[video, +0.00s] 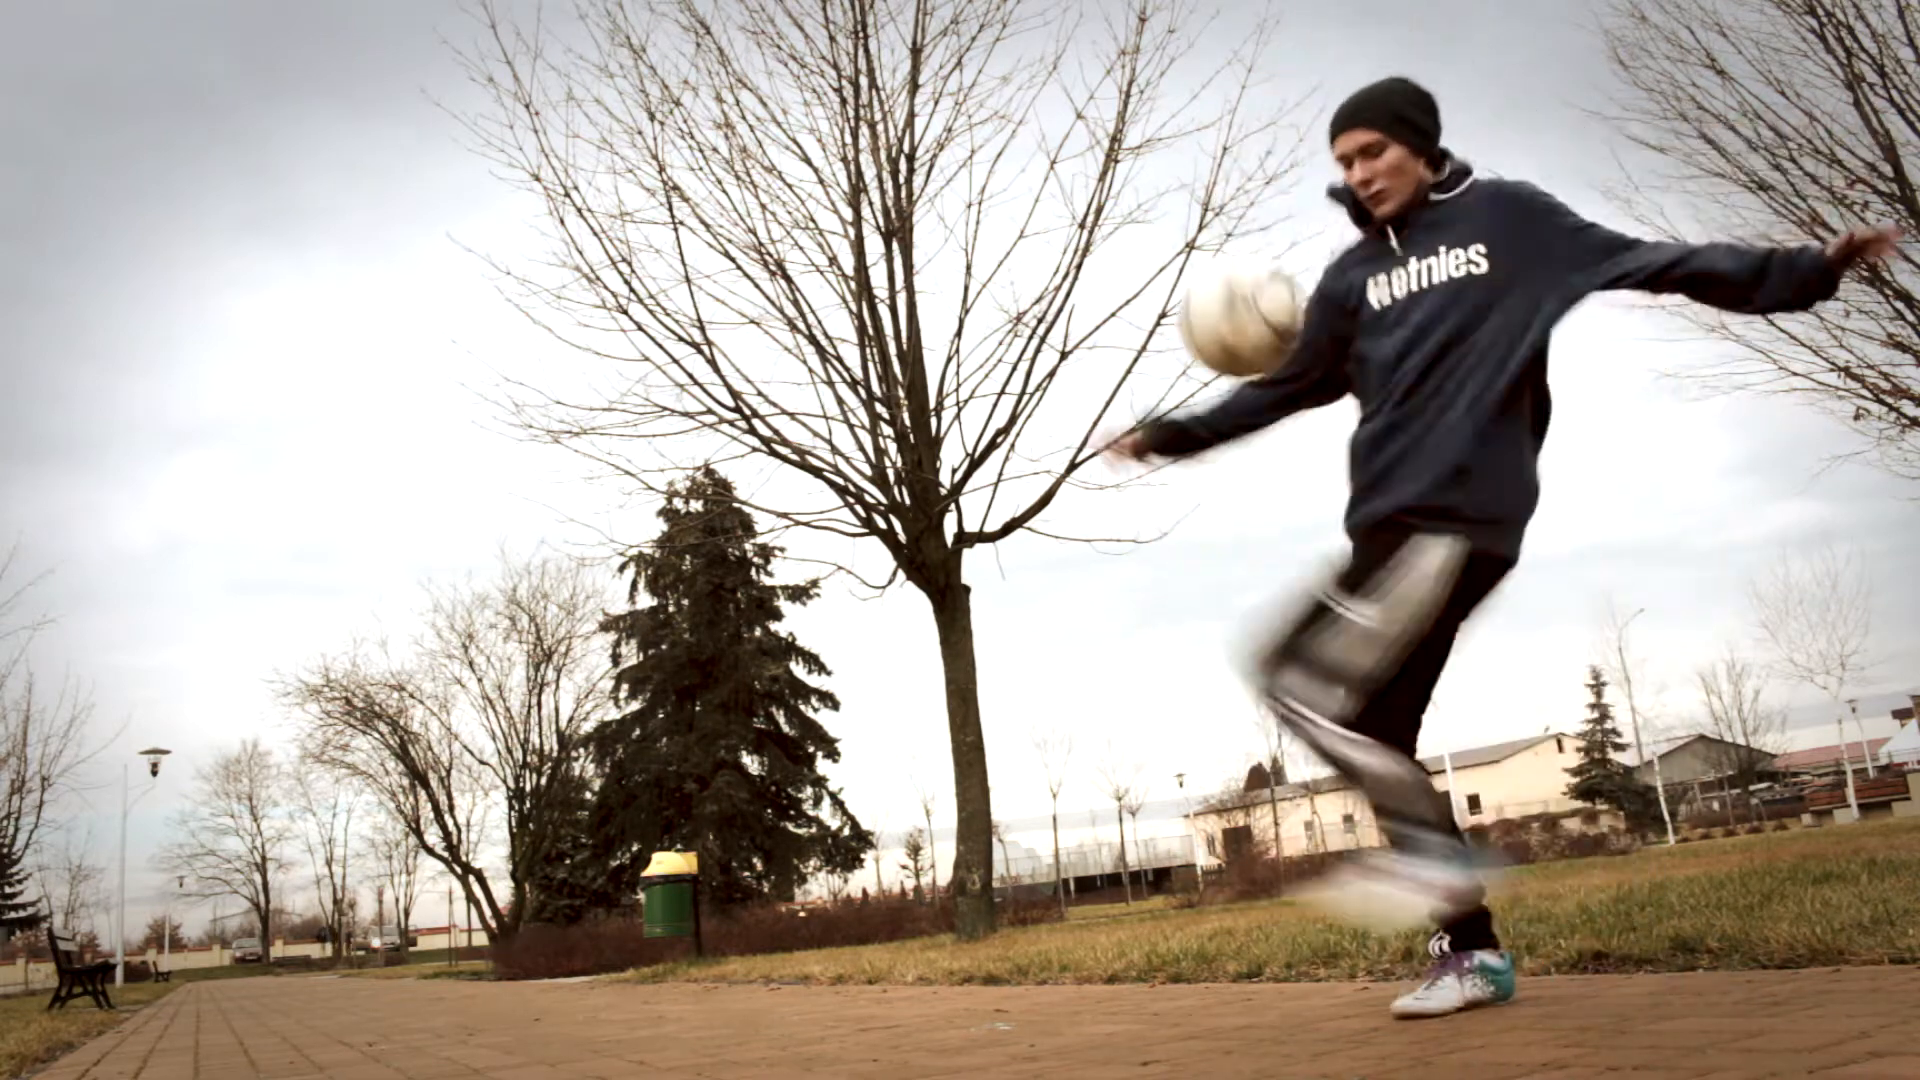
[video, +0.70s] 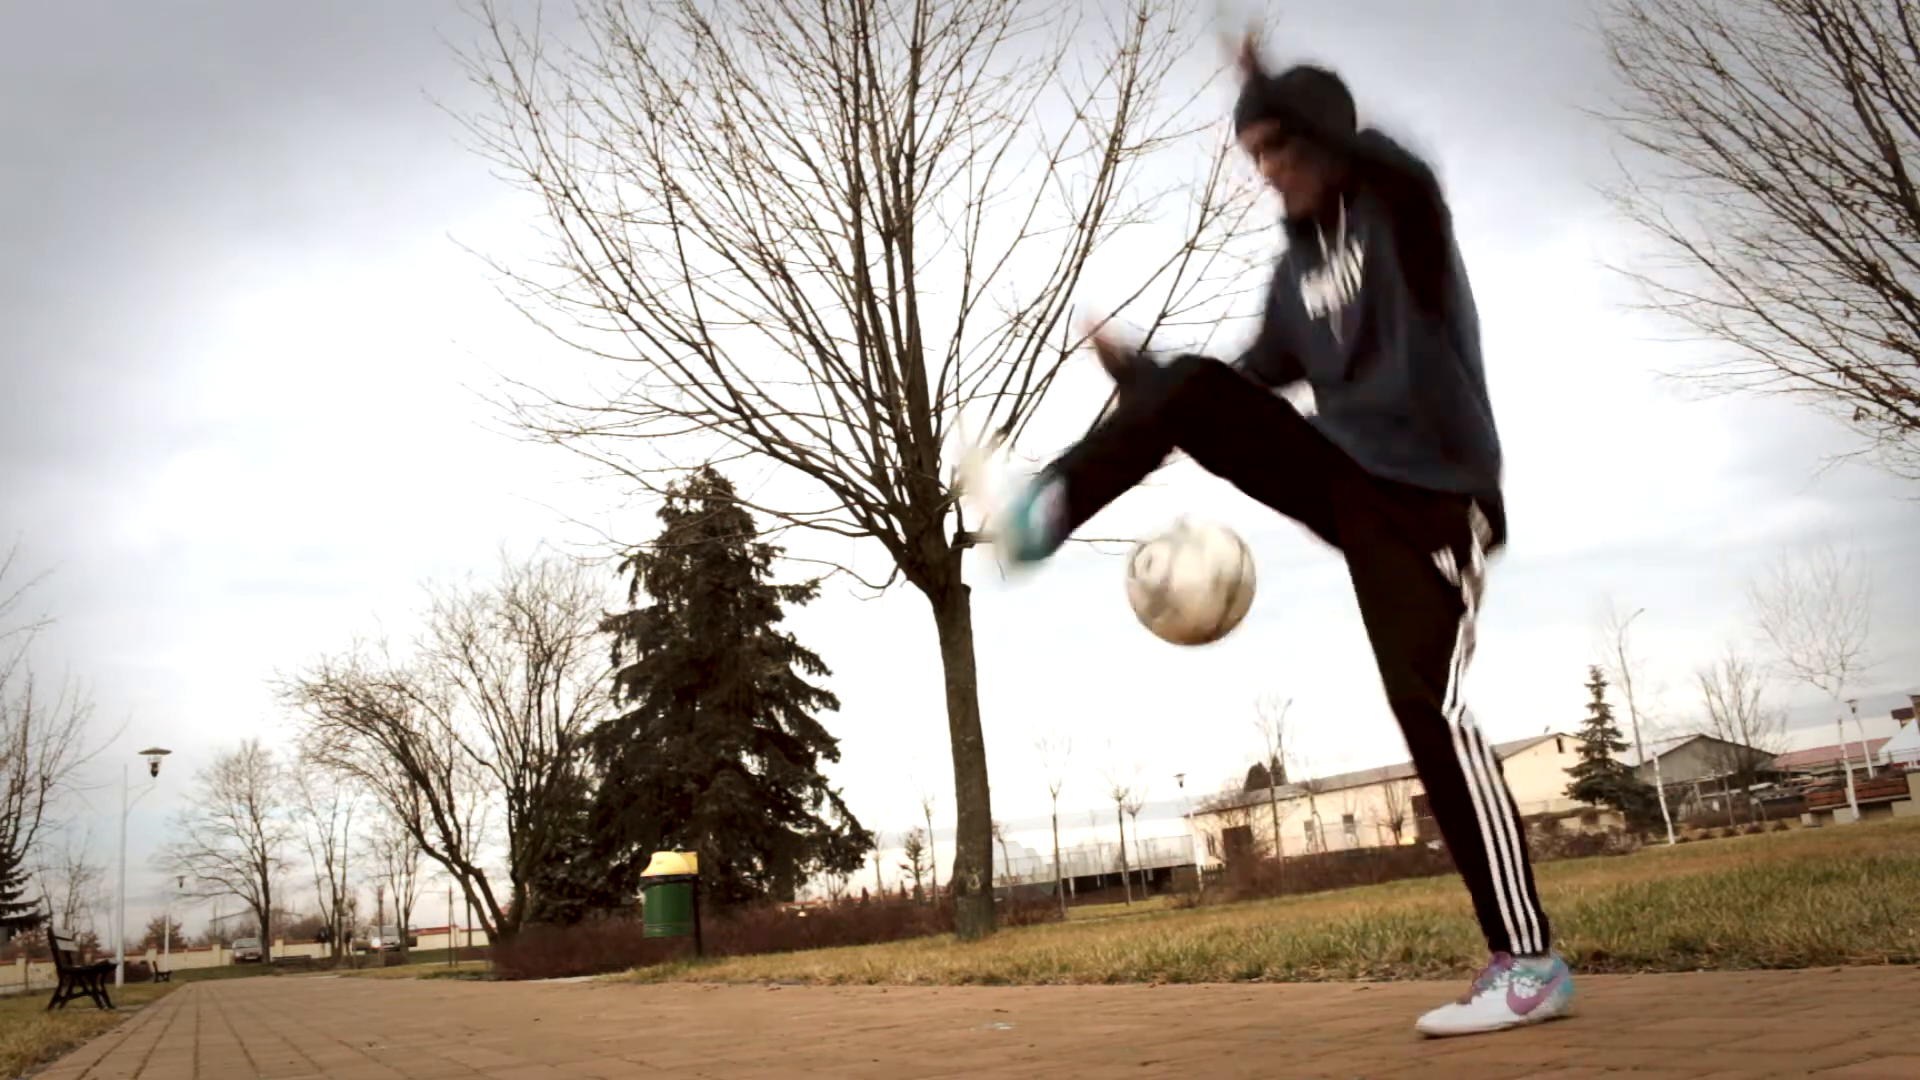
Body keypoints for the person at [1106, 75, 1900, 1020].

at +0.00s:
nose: (1357, 176)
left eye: (1371, 155)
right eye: (1345, 164)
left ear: (1424, 145)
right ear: (1342, 174)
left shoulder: (1504, 211)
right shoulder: (1351, 277)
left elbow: (1657, 260)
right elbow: (1292, 381)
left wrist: (1813, 266)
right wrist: (1171, 435)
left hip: (1464, 505)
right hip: (1386, 518)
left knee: (1302, 676)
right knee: (1379, 737)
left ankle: (1429, 855)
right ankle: (1472, 950)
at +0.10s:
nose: (1335, 211)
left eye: (1344, 188)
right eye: (1323, 199)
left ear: (1398, 166)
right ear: (1331, 205)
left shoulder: (1504, 226)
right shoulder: (1339, 296)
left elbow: (1634, 262)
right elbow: (1223, 366)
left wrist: (1764, 234)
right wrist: (1091, 342)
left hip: (1454, 494)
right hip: (1401, 519)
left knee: (1211, 506)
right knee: (1367, 754)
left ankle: (1112, 676)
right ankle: (1476, 958)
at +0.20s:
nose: (1292, 207)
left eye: (1300, 184)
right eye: (1279, 196)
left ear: (1353, 163)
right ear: (1285, 198)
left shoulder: (1460, 204)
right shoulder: (1299, 285)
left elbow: (1591, 232)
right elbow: (1172, 335)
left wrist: (1704, 198)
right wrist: (1037, 303)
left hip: (1461, 436)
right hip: (1411, 502)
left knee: (1236, 361)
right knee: (1384, 731)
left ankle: (1033, 444)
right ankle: (1479, 950)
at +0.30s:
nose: (1261, 179)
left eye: (1268, 155)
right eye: (1248, 167)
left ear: (1317, 132)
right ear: (1250, 166)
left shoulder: (1419, 169)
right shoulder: (1276, 259)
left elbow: (1569, 185)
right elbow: (1170, 318)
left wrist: (1650, 166)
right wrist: (1045, 294)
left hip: (1501, 406)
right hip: (1415, 453)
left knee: (1299, 424)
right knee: (1369, 675)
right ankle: (1384, 905)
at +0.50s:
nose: (1254, 223)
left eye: (1262, 199)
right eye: (1243, 210)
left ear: (1313, 178)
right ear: (1260, 207)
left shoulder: (1394, 228)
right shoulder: (1306, 285)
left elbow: (1459, 348)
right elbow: (1321, 390)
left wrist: (1402, 325)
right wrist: (1266, 489)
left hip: (1488, 494)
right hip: (1402, 497)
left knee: (1427, 722)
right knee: (1278, 462)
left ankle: (1538, 968)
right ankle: (1370, 657)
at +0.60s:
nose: (1262, 232)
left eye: (1274, 206)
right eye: (1247, 215)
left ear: (1326, 193)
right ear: (1250, 218)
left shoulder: (1400, 232)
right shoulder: (1318, 285)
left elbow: (1416, 304)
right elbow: (1325, 428)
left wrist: (1315, 305)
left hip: (1455, 529)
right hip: (1371, 517)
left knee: (1419, 724)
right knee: (1244, 410)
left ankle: (1533, 966)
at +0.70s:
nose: (1268, 177)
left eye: (1277, 156)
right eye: (1258, 163)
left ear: (1325, 143)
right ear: (1266, 168)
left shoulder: (1400, 207)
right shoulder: (1298, 270)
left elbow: (1389, 166)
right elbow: (1256, 382)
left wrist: (1275, 83)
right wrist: (1137, 368)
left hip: (1432, 496)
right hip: (1345, 477)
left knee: (1430, 708)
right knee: (1191, 392)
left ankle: (1529, 961)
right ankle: (1036, 523)